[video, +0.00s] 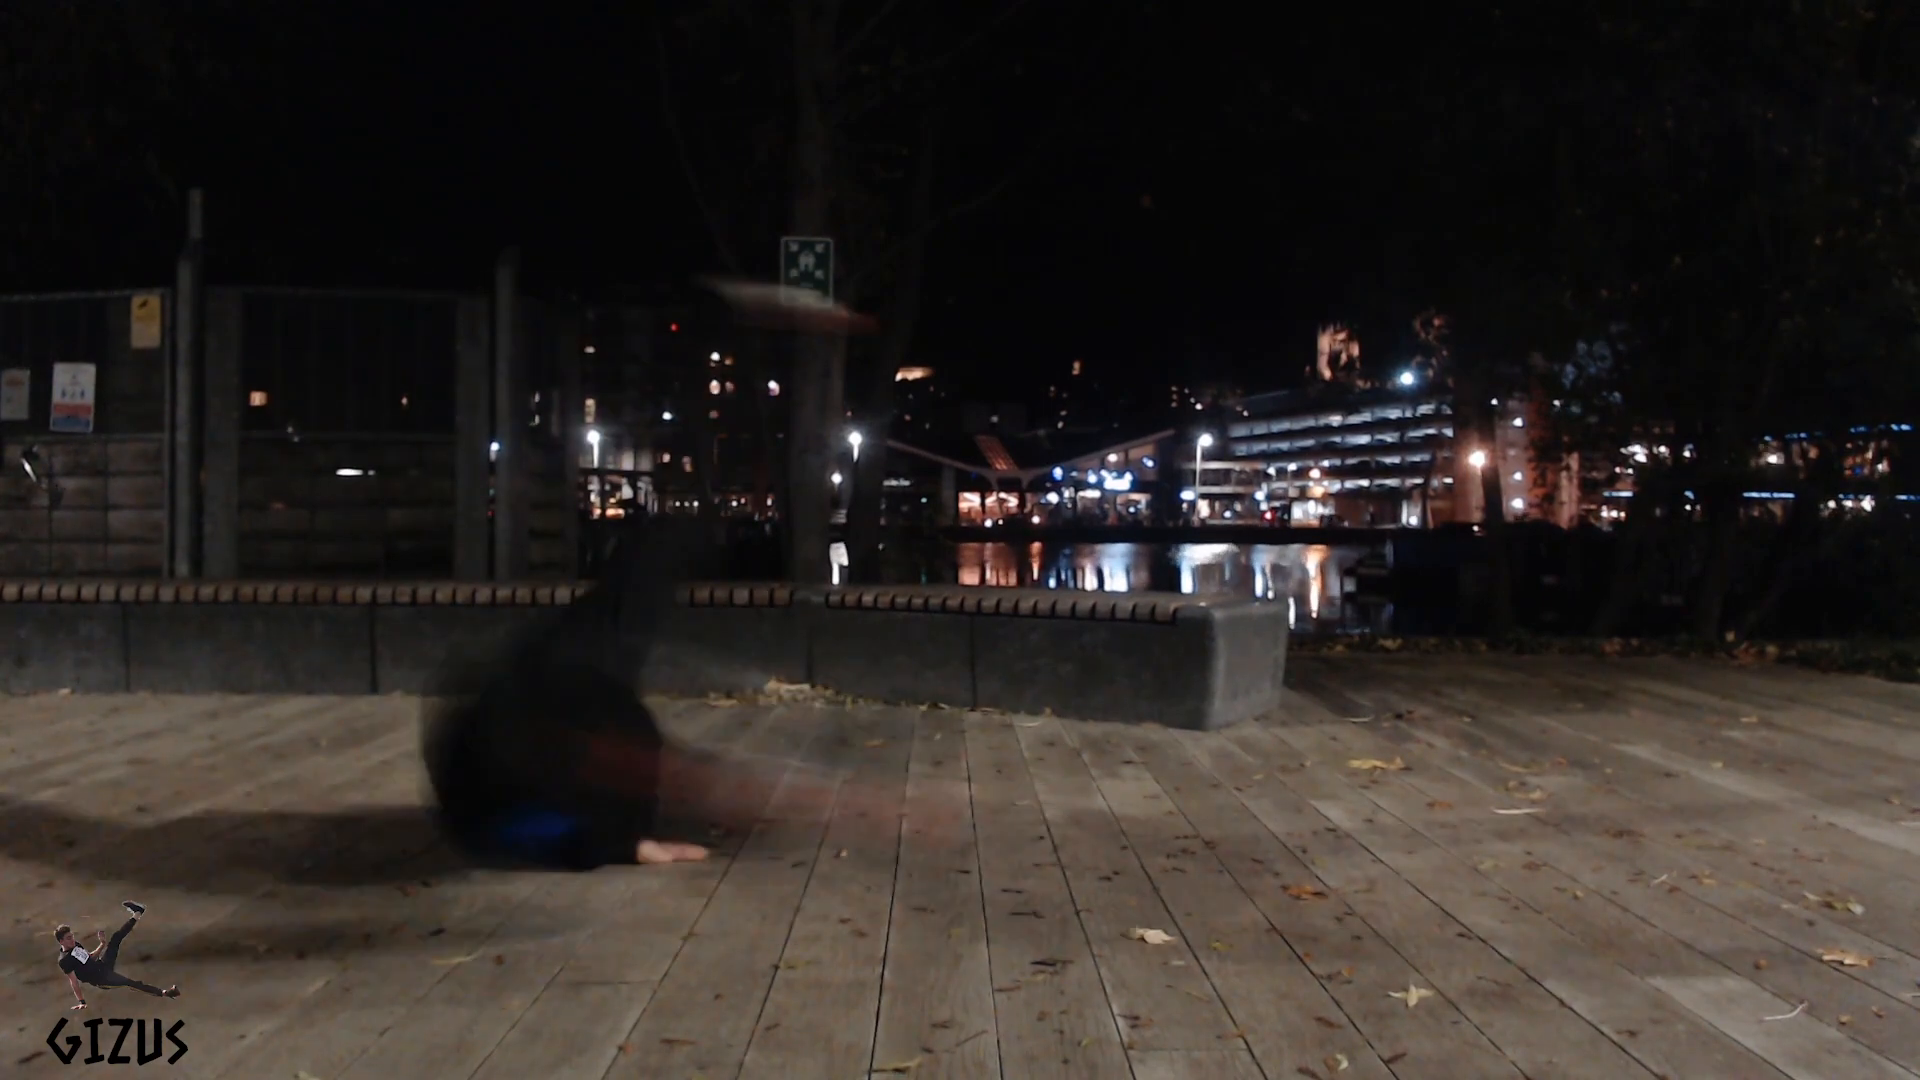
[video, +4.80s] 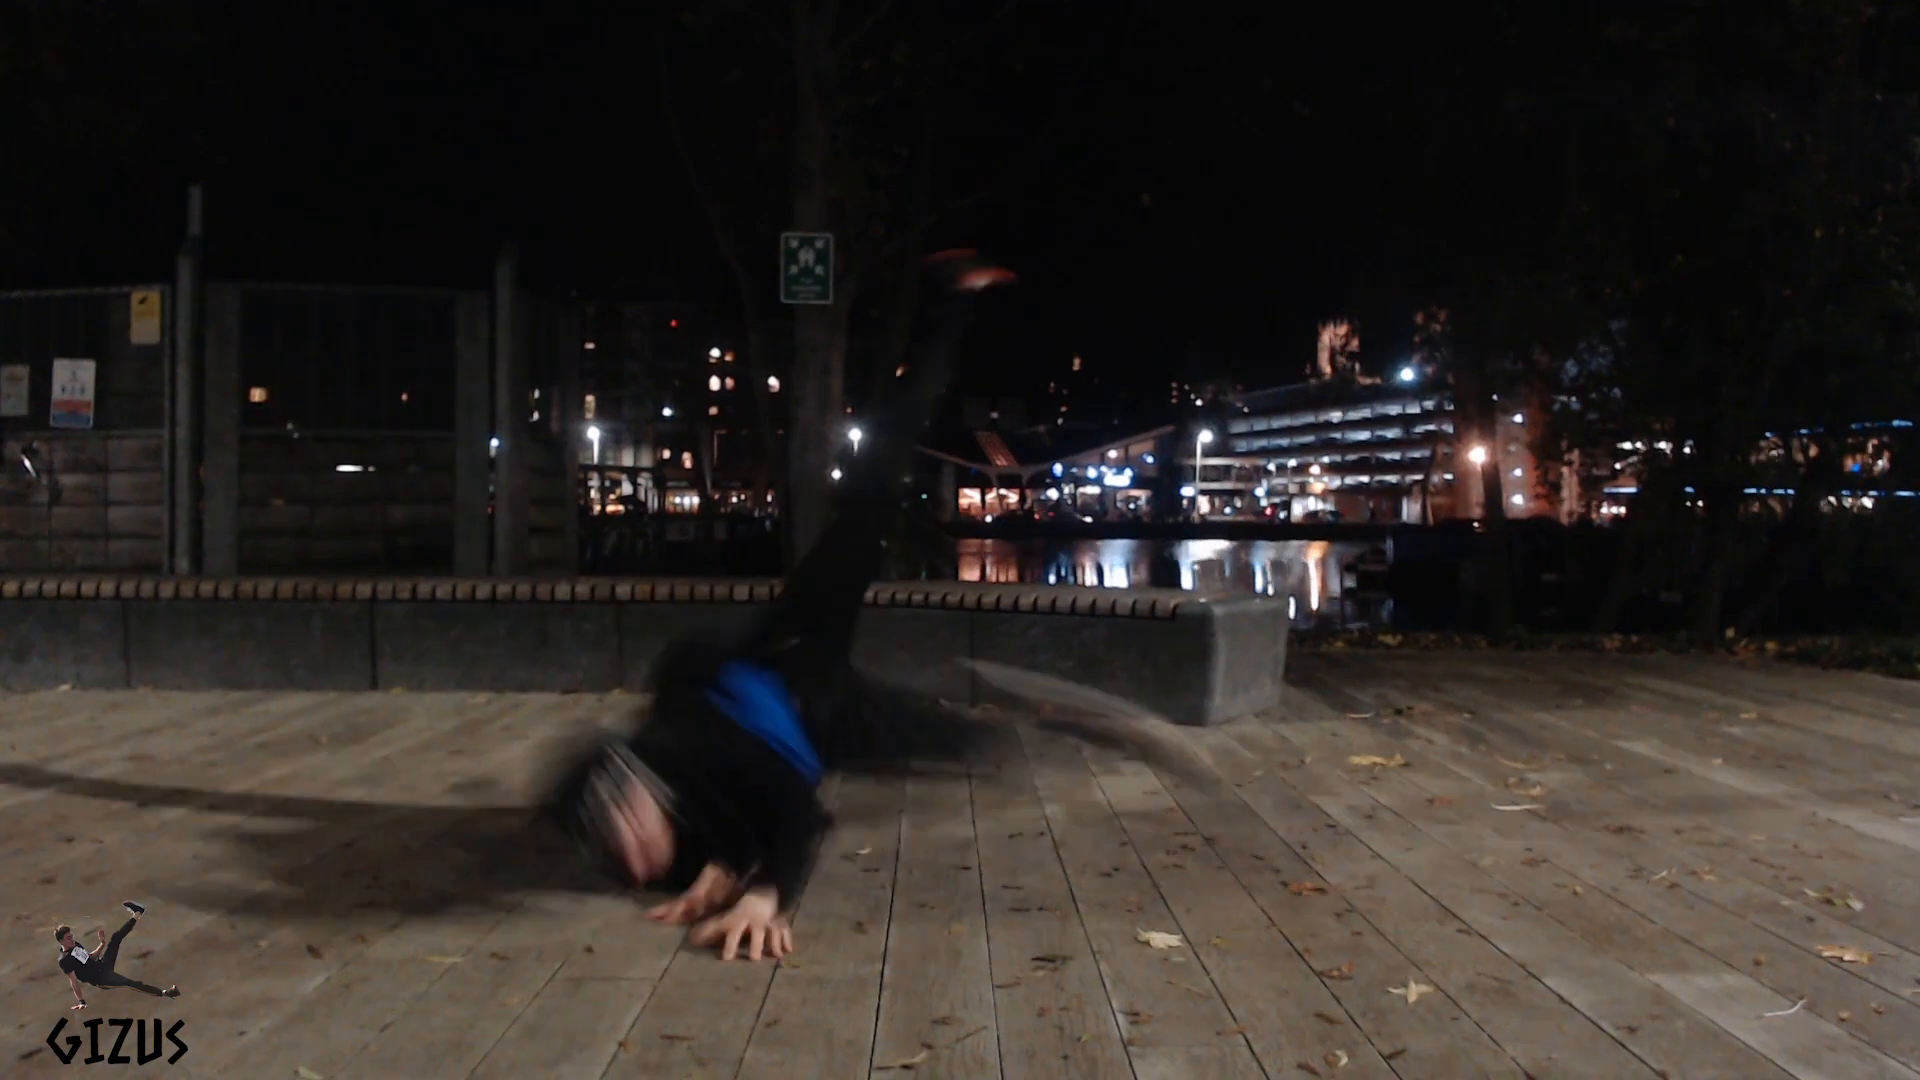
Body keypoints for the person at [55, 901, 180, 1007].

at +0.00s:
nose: (73, 939)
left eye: (72, 936)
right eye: (69, 938)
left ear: (71, 937)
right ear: (61, 942)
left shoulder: (76, 946)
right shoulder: (64, 961)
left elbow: (91, 958)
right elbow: (74, 982)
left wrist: (102, 945)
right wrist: (81, 1001)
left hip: (104, 965)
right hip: (102, 978)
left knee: (115, 939)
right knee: (131, 983)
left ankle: (136, 916)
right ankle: (165, 993)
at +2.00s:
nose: (73, 939)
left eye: (72, 936)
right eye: (69, 938)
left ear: (71, 937)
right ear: (62, 941)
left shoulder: (76, 946)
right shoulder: (64, 960)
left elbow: (91, 957)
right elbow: (74, 982)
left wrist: (102, 945)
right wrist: (81, 1002)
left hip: (104, 965)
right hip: (102, 978)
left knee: (116, 938)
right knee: (132, 983)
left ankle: (136, 916)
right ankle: (165, 993)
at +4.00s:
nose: (73, 939)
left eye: (72, 936)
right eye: (69, 938)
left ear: (71, 937)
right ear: (61, 941)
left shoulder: (76, 946)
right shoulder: (64, 961)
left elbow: (91, 957)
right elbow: (74, 982)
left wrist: (102, 944)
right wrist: (81, 1002)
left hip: (104, 965)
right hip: (102, 978)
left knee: (115, 939)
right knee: (132, 983)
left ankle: (135, 917)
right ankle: (164, 993)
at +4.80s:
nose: (72, 939)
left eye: (72, 936)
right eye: (69, 938)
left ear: (71, 937)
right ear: (62, 942)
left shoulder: (75, 946)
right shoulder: (64, 960)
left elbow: (91, 957)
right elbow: (74, 982)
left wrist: (102, 944)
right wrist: (81, 1002)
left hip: (104, 965)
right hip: (101, 978)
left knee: (116, 938)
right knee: (131, 983)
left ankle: (136, 916)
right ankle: (165, 993)